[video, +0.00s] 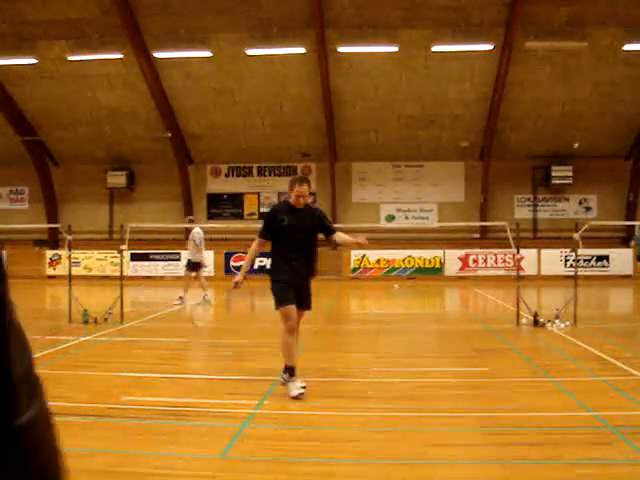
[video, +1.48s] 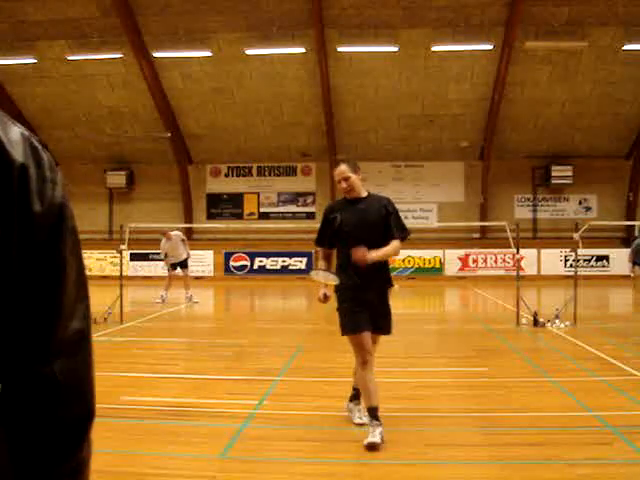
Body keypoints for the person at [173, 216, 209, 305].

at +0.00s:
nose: (186, 226)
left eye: (187, 224)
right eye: (186, 224)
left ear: (190, 223)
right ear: (193, 223)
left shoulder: (195, 232)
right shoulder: (197, 231)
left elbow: (199, 248)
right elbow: (198, 248)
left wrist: (201, 260)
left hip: (193, 259)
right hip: (198, 260)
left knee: (187, 278)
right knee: (200, 278)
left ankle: (183, 297)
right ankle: (206, 295)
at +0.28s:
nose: (172, 227)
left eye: (173, 224)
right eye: (171, 225)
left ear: (176, 224)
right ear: (171, 225)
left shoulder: (183, 232)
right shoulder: (177, 233)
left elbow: (185, 246)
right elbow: (176, 248)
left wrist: (180, 258)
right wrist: (171, 258)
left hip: (184, 258)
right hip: (178, 258)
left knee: (182, 277)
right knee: (172, 275)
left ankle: (182, 296)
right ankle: (184, 289)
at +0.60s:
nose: (154, 234)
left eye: (155, 232)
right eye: (153, 233)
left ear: (159, 230)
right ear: (154, 232)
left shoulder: (170, 233)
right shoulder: (157, 239)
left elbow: (181, 241)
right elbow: (155, 254)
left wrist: (176, 251)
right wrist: (150, 267)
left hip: (177, 257)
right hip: (168, 258)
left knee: (178, 276)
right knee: (166, 276)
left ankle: (182, 296)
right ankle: (164, 294)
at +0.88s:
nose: (147, 243)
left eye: (147, 240)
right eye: (145, 242)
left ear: (150, 237)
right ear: (145, 242)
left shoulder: (159, 235)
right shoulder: (148, 248)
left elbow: (174, 237)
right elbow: (145, 259)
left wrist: (178, 245)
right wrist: (141, 268)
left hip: (174, 254)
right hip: (165, 258)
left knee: (181, 274)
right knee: (165, 276)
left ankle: (187, 291)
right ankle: (164, 294)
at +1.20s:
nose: (149, 247)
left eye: (150, 244)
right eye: (148, 245)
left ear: (152, 240)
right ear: (147, 244)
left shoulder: (161, 237)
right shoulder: (150, 250)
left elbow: (174, 239)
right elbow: (148, 262)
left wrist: (180, 247)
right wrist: (145, 274)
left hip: (176, 255)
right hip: (166, 259)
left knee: (184, 271)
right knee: (167, 276)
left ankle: (193, 287)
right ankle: (164, 294)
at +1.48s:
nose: (167, 236)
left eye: (167, 233)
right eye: (165, 235)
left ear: (169, 232)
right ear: (163, 236)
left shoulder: (178, 234)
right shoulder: (163, 244)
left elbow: (185, 241)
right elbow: (164, 255)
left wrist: (187, 251)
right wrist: (167, 263)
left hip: (182, 257)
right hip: (172, 260)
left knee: (186, 275)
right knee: (170, 277)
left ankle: (188, 294)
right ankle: (165, 294)